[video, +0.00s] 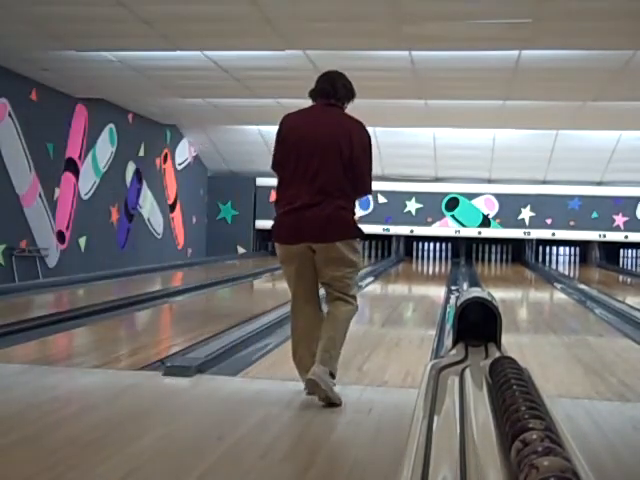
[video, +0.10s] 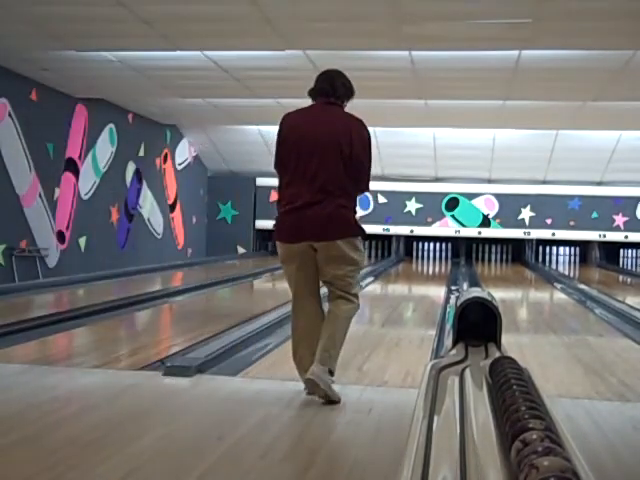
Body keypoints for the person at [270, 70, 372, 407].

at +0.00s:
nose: (349, 105)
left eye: (348, 101)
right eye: (349, 101)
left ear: (314, 94)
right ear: (345, 99)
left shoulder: (290, 122)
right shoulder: (354, 128)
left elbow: (278, 167)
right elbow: (362, 185)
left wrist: (306, 186)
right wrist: (331, 196)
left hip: (289, 227)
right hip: (334, 227)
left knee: (303, 301)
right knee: (342, 298)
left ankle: (310, 377)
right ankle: (323, 369)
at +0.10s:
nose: (347, 103)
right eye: (347, 98)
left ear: (314, 92)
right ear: (344, 97)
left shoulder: (290, 121)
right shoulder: (354, 126)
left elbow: (280, 168)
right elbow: (361, 183)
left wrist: (308, 184)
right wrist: (330, 190)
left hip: (290, 225)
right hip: (336, 225)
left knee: (304, 299)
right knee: (343, 296)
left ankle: (310, 378)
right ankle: (321, 369)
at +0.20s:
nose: (346, 101)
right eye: (347, 96)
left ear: (314, 91)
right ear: (344, 95)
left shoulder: (290, 120)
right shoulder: (354, 125)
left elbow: (278, 167)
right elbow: (364, 182)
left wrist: (304, 186)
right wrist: (333, 189)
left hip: (292, 225)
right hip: (338, 225)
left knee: (304, 299)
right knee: (346, 296)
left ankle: (310, 378)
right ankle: (321, 366)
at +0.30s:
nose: (345, 99)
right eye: (346, 94)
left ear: (314, 91)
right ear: (345, 95)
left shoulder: (291, 120)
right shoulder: (356, 126)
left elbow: (278, 167)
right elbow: (368, 183)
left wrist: (303, 188)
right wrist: (335, 188)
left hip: (293, 227)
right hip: (339, 226)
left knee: (305, 300)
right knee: (347, 296)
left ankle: (310, 379)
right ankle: (326, 363)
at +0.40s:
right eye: (347, 92)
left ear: (315, 90)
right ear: (347, 94)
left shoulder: (292, 120)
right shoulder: (358, 127)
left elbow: (278, 167)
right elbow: (369, 184)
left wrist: (302, 190)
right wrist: (335, 187)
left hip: (295, 231)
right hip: (342, 230)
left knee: (305, 304)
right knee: (350, 299)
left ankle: (311, 380)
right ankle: (332, 366)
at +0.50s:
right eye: (350, 92)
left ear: (317, 90)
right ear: (349, 94)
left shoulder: (293, 121)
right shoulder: (361, 129)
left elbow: (280, 167)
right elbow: (369, 185)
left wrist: (306, 186)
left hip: (298, 232)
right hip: (345, 232)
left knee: (307, 305)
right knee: (351, 302)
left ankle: (311, 380)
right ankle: (336, 377)